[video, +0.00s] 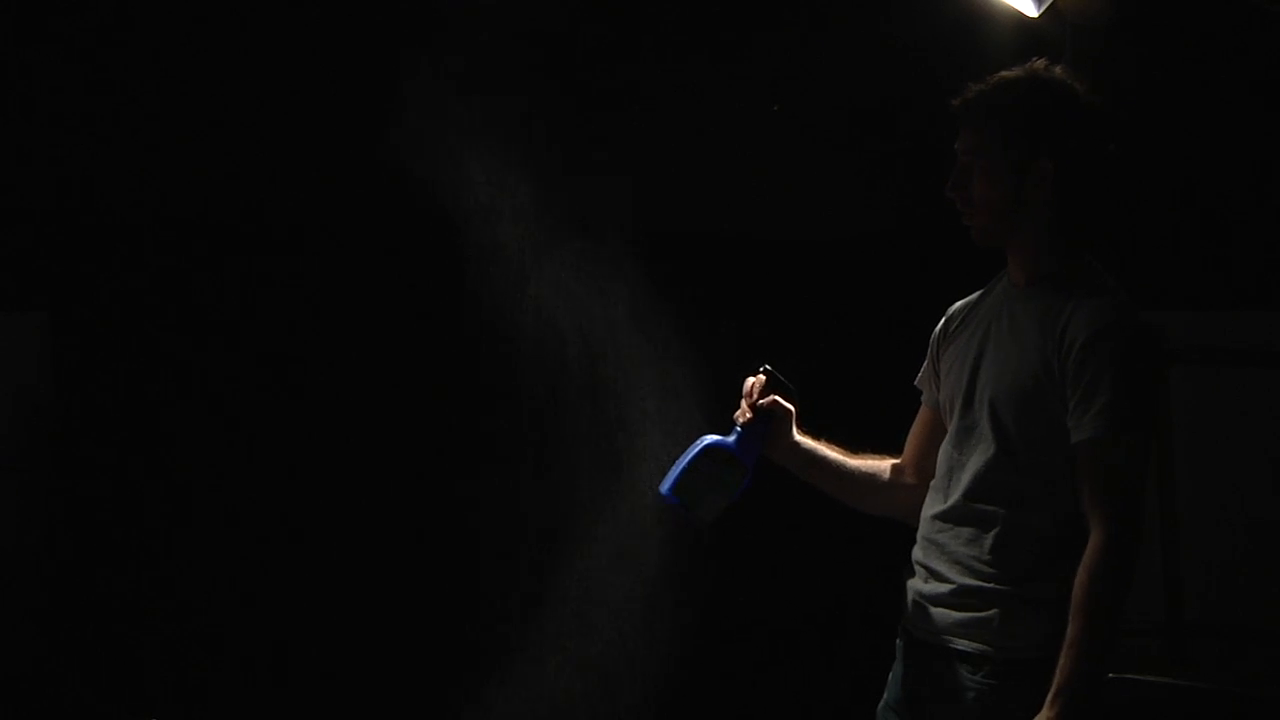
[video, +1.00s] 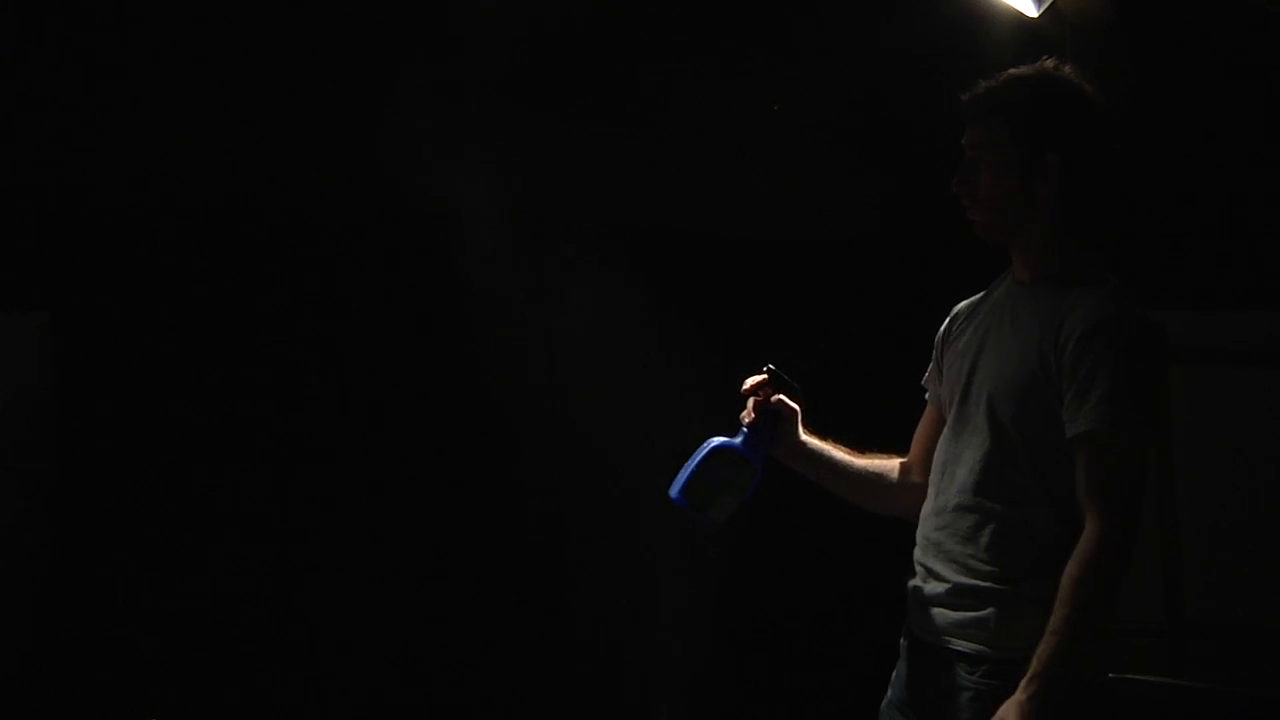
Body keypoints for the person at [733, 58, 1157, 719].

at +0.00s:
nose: (955, 185)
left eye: (976, 164)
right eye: (959, 163)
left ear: (1037, 174)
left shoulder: (1096, 324)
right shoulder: (962, 322)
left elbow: (1112, 529)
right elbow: (912, 486)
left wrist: (1062, 698)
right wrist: (791, 443)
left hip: (1013, 663)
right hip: (923, 646)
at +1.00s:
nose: (963, 180)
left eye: (983, 159)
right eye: (967, 159)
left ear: (1044, 171)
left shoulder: (1097, 323)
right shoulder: (966, 321)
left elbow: (1108, 526)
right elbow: (914, 485)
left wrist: (1035, 692)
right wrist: (797, 443)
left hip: (1011, 668)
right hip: (925, 648)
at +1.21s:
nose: (1122, 321)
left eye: (1145, 303)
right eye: (1124, 302)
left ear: (1203, 320)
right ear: (1121, 319)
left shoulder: (1258, 458)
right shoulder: (1087, 456)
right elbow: (931, 520)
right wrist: (806, 453)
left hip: (1232, 699)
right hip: (1117, 700)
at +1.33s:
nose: (1123, 320)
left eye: (1146, 302)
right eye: (1125, 301)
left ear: (1203, 318)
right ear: (1122, 318)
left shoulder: (1260, 460)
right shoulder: (1087, 457)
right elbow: (931, 520)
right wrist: (807, 453)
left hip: (1233, 698)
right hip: (1117, 700)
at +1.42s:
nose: (1121, 325)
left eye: (1144, 305)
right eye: (1124, 304)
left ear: (1203, 319)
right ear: (1123, 320)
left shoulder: (1257, 457)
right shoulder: (1088, 457)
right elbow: (931, 520)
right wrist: (807, 452)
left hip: (1235, 698)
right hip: (1118, 701)